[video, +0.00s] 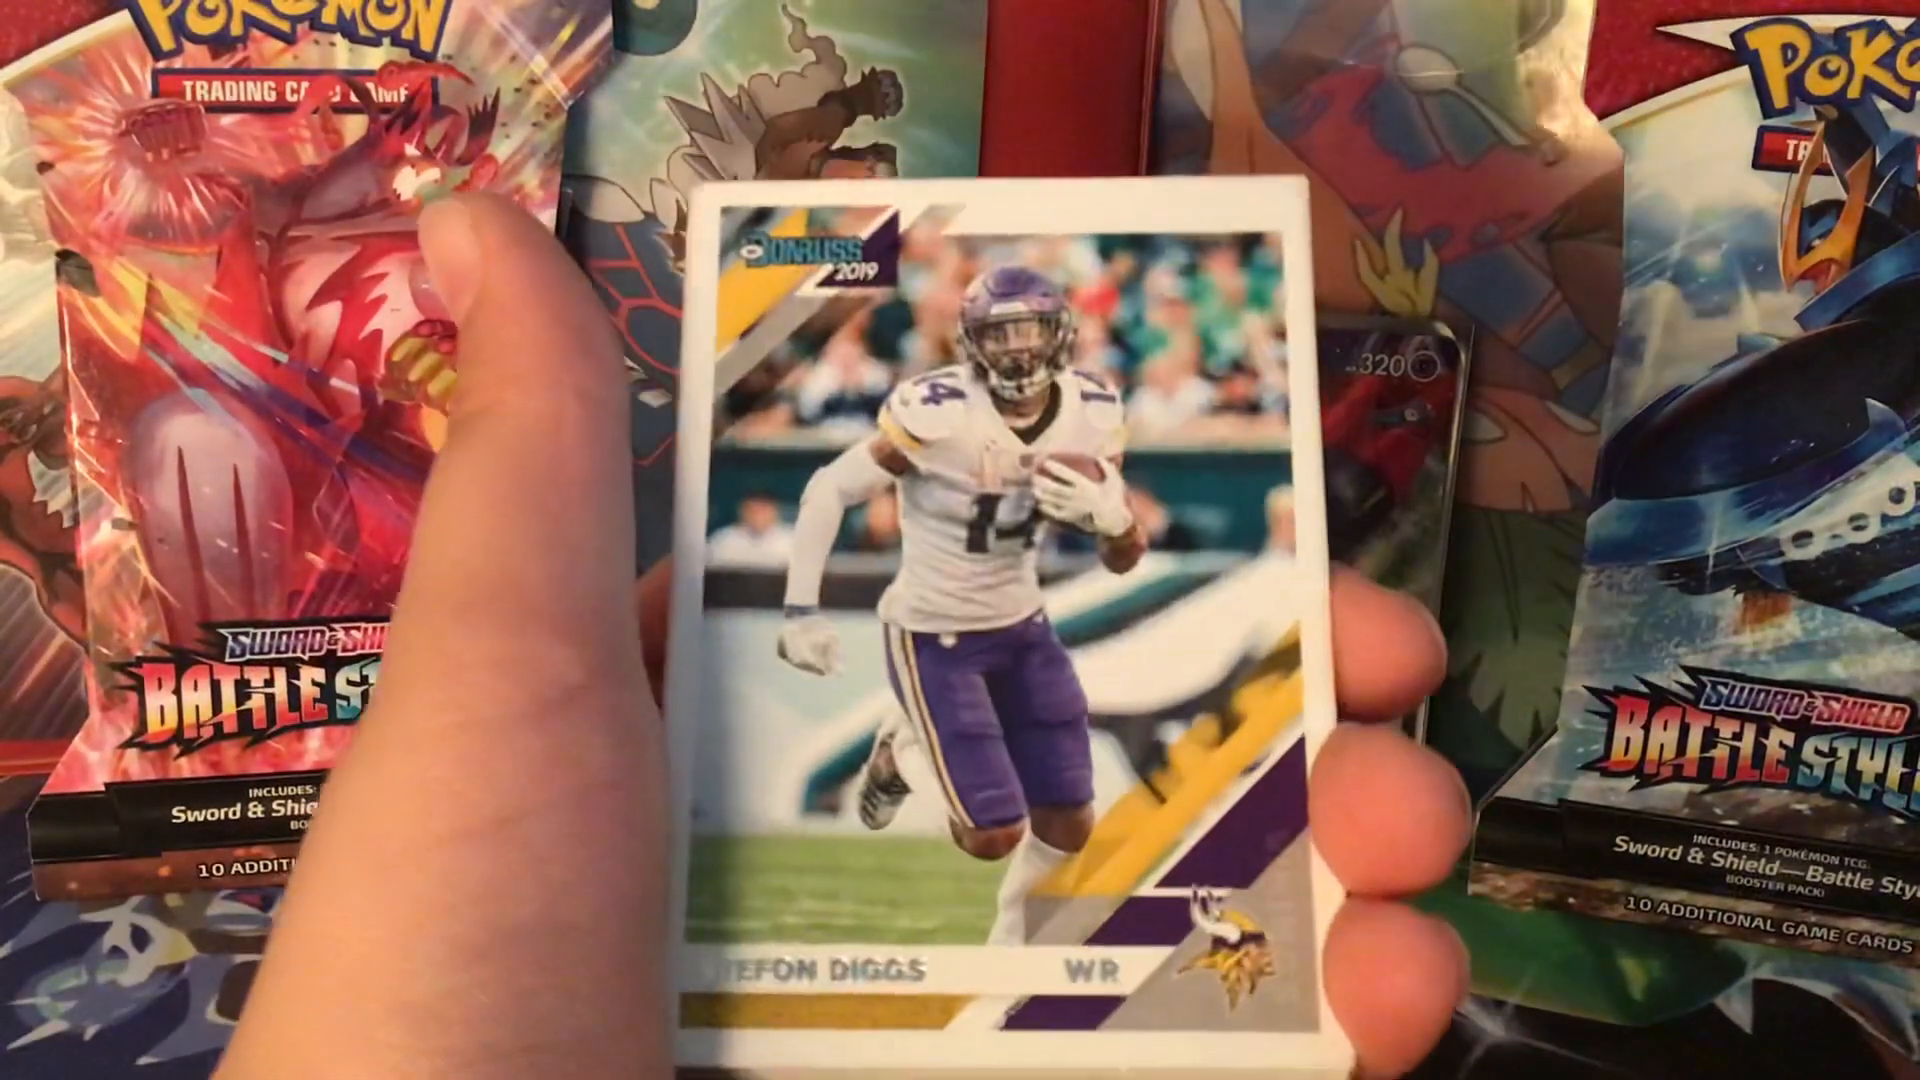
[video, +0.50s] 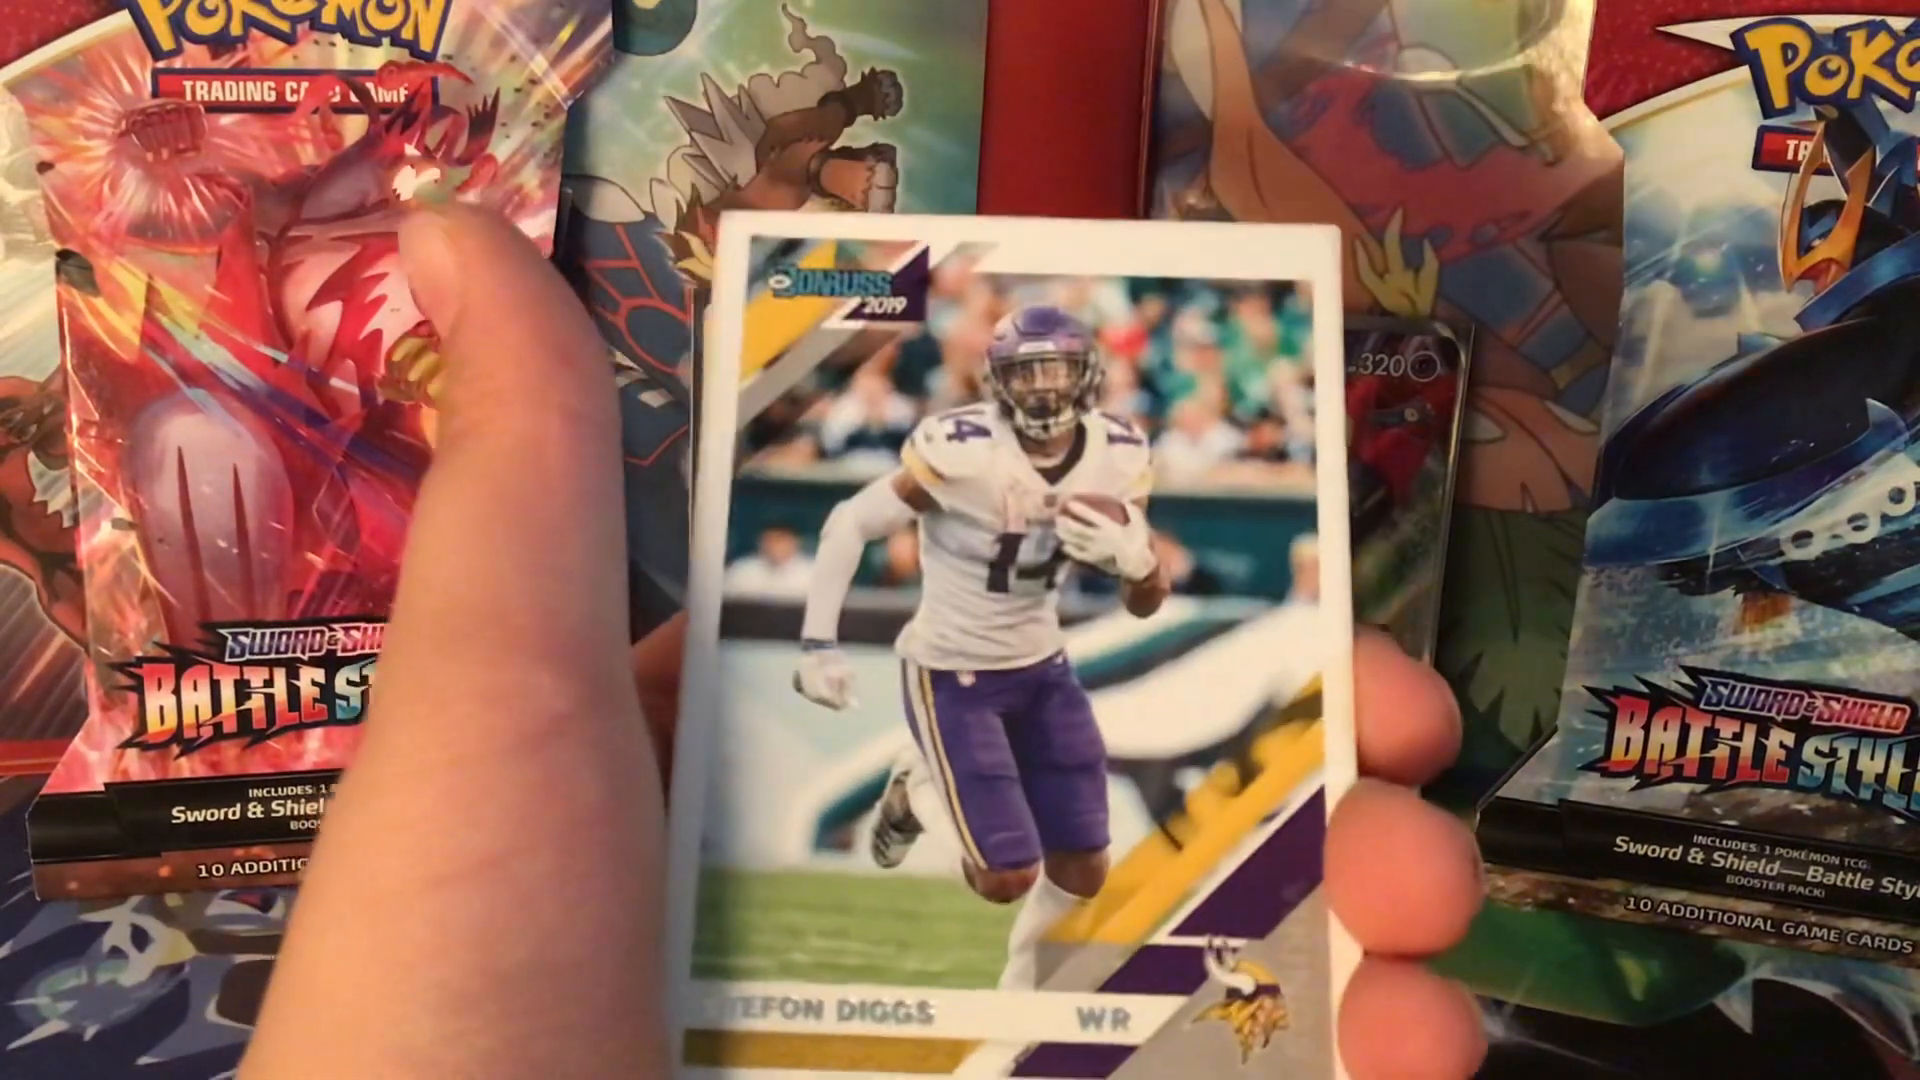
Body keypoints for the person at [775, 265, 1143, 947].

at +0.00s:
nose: (1017, 347)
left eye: (1031, 331)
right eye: (999, 333)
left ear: (1059, 336)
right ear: (973, 344)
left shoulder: (1094, 408)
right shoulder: (927, 412)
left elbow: (1123, 562)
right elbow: (827, 488)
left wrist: (1116, 520)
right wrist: (802, 609)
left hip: (1022, 626)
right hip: (932, 634)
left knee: (1068, 824)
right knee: (995, 838)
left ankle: (1000, 966)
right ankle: (898, 749)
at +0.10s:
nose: (1019, 362)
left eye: (1034, 346)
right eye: (1001, 349)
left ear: (1059, 351)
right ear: (974, 360)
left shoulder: (1095, 423)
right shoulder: (929, 427)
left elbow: (1123, 576)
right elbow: (830, 500)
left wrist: (1117, 534)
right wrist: (804, 620)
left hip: (1024, 640)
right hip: (934, 648)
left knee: (1068, 837)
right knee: (996, 849)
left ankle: (1001, 977)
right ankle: (899, 760)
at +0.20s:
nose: (1020, 376)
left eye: (1035, 360)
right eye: (1002, 362)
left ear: (1060, 366)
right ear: (976, 373)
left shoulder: (1096, 437)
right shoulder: (931, 440)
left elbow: (1124, 587)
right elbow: (832, 512)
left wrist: (1116, 545)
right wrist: (806, 630)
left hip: (1025, 650)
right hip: (935, 657)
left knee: (1070, 846)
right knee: (998, 858)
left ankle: (1005, 981)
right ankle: (902, 768)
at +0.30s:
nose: (1023, 349)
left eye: (1037, 332)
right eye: (1004, 335)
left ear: (1062, 336)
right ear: (977, 346)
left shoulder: (1098, 410)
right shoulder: (932, 414)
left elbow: (1127, 560)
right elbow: (831, 486)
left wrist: (1120, 519)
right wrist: (804, 606)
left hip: (1027, 626)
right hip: (936, 633)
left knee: (1073, 822)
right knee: (1001, 834)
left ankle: (1007, 961)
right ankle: (903, 744)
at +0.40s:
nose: (1023, 345)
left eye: (1039, 328)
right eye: (1005, 330)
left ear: (1068, 334)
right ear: (980, 341)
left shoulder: (1102, 408)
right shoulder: (935, 412)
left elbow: (1133, 561)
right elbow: (833, 485)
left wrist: (1118, 516)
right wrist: (803, 609)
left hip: (1028, 630)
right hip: (935, 638)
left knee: (1071, 835)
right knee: (997, 847)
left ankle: (1000, 995)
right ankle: (900, 753)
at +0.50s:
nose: (1044, 386)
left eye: (1059, 370)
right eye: (1026, 372)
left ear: (1085, 377)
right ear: (999, 382)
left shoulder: (1119, 450)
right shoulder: (952, 449)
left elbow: (1145, 605)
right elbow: (850, 520)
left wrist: (1138, 561)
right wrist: (819, 642)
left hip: (1042, 667)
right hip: (950, 672)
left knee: (1081, 870)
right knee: (1008, 881)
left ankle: (1008, 1019)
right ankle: (912, 788)